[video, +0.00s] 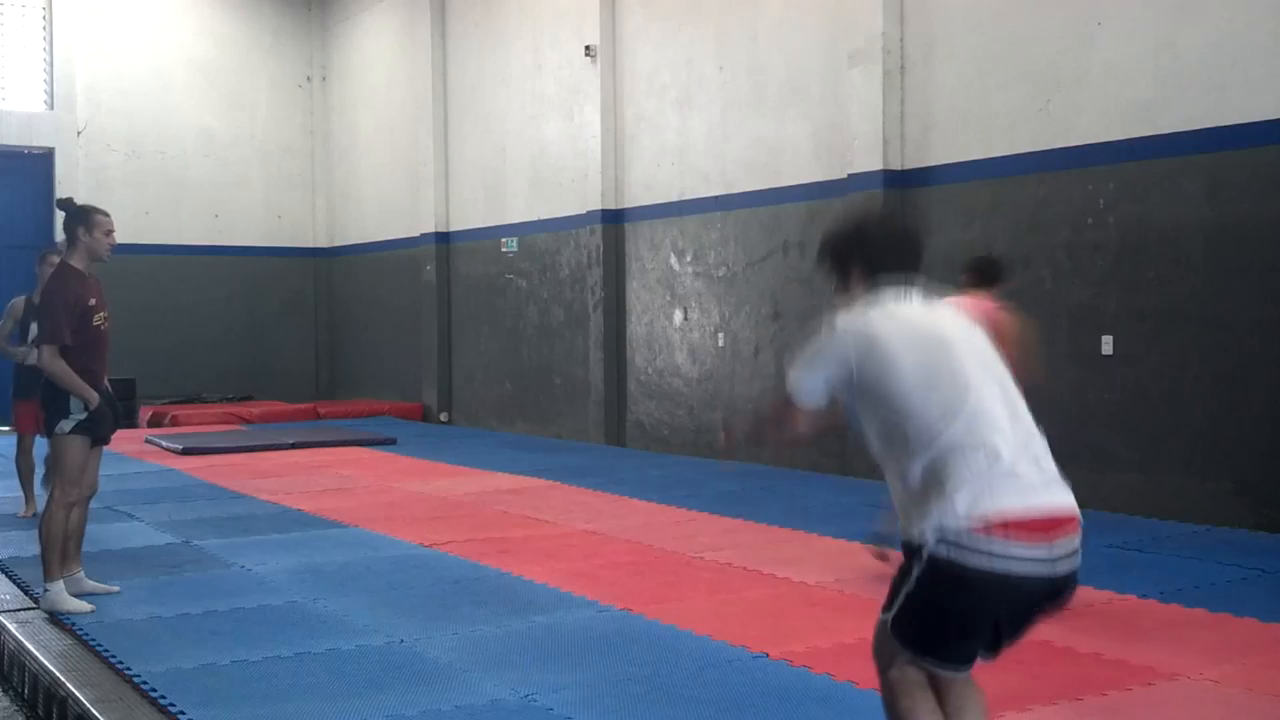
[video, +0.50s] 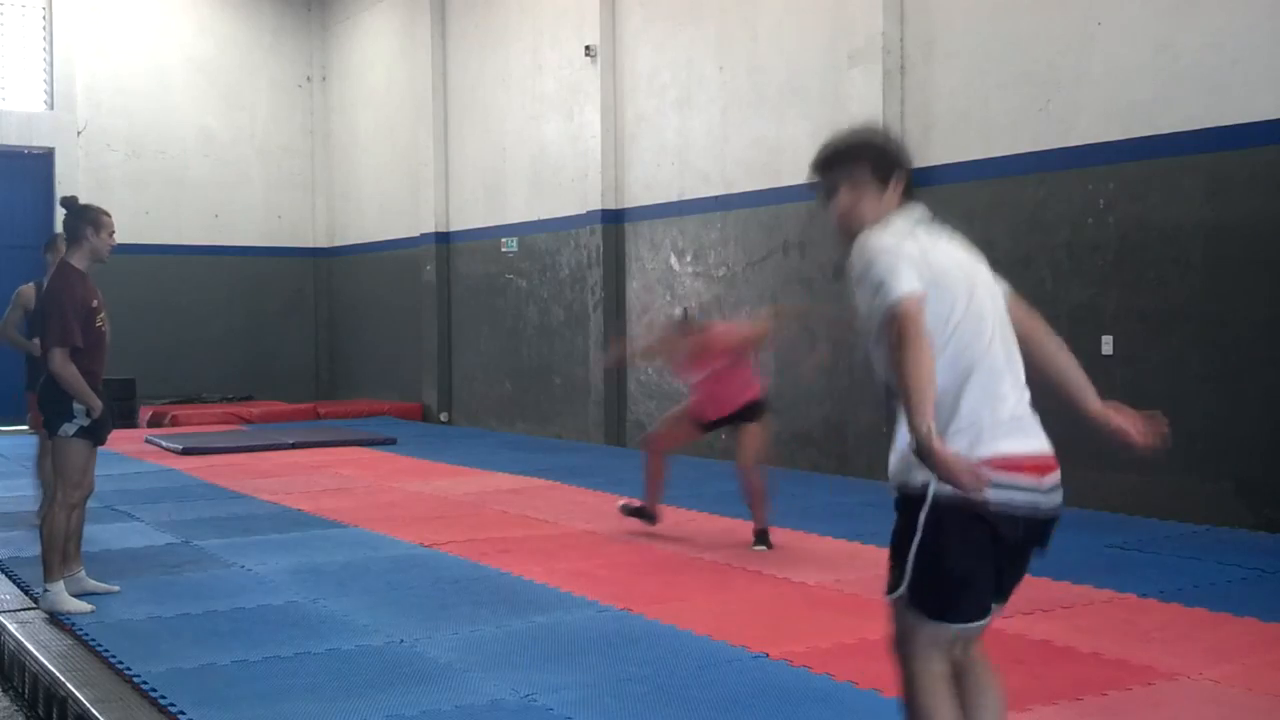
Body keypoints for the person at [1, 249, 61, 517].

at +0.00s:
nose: (55, 270)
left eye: (59, 266)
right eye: (50, 265)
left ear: (63, 270)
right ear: (38, 268)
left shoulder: (65, 304)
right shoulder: (20, 305)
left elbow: (77, 342)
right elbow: (2, 339)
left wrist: (53, 354)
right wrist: (17, 352)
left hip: (58, 380)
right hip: (28, 380)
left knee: (59, 444)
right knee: (25, 444)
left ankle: (52, 487)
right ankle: (30, 502)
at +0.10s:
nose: (59, 261)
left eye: (62, 256)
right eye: (54, 255)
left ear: (64, 261)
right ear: (40, 258)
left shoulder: (66, 292)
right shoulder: (23, 292)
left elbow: (75, 329)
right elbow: (5, 329)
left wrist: (58, 340)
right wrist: (35, 336)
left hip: (60, 373)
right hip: (29, 372)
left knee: (55, 442)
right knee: (25, 435)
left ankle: (43, 495)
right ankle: (27, 494)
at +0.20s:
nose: (61, 256)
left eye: (64, 251)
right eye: (57, 250)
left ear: (66, 255)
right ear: (43, 253)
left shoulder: (67, 287)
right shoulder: (25, 287)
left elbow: (76, 323)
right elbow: (7, 325)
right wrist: (38, 327)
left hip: (61, 368)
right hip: (30, 369)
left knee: (57, 439)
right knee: (22, 432)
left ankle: (48, 498)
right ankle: (21, 487)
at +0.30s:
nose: (61, 265)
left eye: (64, 260)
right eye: (56, 260)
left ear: (67, 263)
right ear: (44, 262)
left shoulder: (69, 297)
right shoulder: (27, 298)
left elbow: (79, 337)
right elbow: (8, 339)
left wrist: (63, 346)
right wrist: (37, 344)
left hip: (62, 378)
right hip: (30, 378)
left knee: (60, 448)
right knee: (19, 446)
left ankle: (53, 506)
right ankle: (15, 486)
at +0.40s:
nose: (60, 265)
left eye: (64, 260)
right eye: (56, 260)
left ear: (69, 263)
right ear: (45, 262)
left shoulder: (71, 298)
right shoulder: (27, 299)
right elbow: (9, 339)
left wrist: (69, 356)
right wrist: (37, 355)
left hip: (66, 380)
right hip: (36, 381)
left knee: (64, 455)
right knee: (33, 450)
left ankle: (54, 514)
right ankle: (18, 503)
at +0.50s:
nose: (64, 260)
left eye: (67, 254)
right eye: (59, 254)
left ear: (72, 256)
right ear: (48, 255)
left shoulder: (75, 290)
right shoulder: (30, 292)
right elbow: (8, 329)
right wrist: (31, 347)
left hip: (70, 372)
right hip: (42, 375)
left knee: (65, 443)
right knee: (48, 443)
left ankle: (63, 504)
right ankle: (48, 504)